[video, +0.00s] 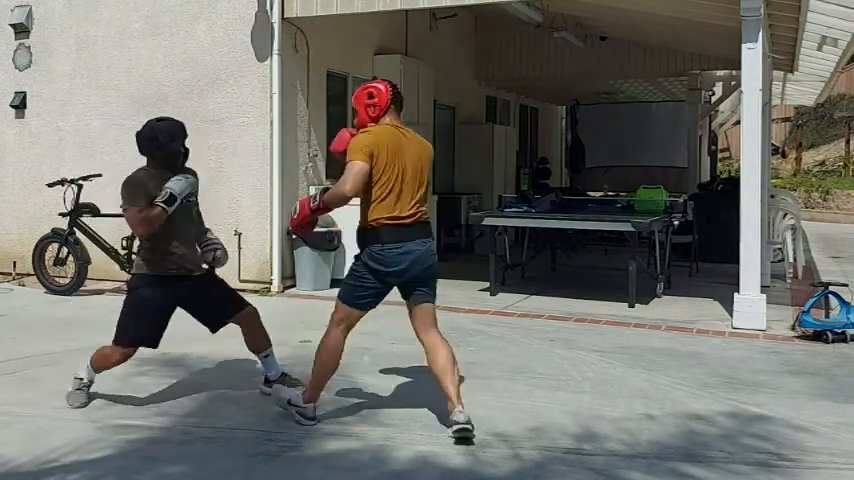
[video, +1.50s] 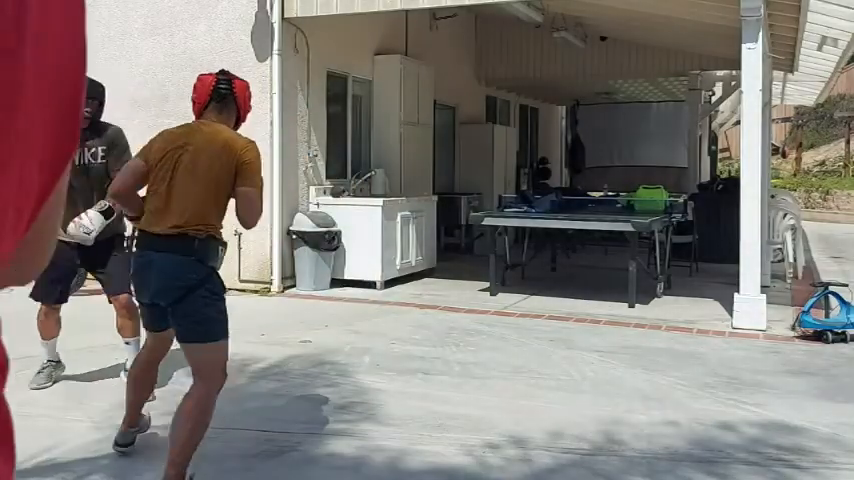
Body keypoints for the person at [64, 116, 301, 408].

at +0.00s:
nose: (186, 149)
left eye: (184, 143)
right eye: (179, 144)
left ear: (174, 148)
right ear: (160, 148)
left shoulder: (188, 178)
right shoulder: (136, 183)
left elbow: (195, 223)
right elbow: (142, 227)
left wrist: (211, 242)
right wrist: (169, 199)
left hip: (194, 276)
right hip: (153, 279)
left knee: (248, 316)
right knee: (122, 350)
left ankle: (274, 375)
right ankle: (84, 376)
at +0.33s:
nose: (170, 123)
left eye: (171, 117)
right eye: (164, 118)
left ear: (168, 117)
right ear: (144, 119)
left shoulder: (172, 144)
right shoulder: (115, 152)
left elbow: (188, 182)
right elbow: (121, 204)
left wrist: (200, 196)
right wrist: (147, 170)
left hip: (164, 245)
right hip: (123, 245)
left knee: (199, 303)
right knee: (104, 319)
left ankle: (200, 379)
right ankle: (80, 379)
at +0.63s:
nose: (188, 125)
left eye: (189, 119)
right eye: (182, 118)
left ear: (187, 122)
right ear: (161, 118)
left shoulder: (186, 154)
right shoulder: (129, 146)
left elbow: (199, 200)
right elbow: (138, 194)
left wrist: (213, 178)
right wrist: (160, 160)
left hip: (164, 246)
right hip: (123, 243)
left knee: (196, 305)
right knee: (101, 315)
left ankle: (200, 381)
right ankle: (80, 380)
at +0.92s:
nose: (170, 126)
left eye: (171, 121)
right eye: (164, 120)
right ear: (148, 118)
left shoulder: (164, 152)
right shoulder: (120, 148)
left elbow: (173, 199)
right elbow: (169, 161)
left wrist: (182, 213)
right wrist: (163, 126)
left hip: (163, 251)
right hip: (120, 250)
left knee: (198, 308)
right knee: (98, 327)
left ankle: (204, 377)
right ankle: (80, 378)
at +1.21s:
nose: (126, 118)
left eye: (130, 112)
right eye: (119, 111)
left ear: (136, 113)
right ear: (105, 112)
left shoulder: (138, 142)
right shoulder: (84, 140)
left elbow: (141, 187)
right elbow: (129, 169)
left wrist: (131, 212)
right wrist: (119, 134)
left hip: (129, 236)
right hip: (87, 236)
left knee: (160, 304)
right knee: (85, 315)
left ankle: (177, 374)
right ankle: (74, 377)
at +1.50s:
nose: (88, 109)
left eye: (94, 104)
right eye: (84, 102)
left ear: (101, 106)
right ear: (71, 104)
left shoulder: (111, 136)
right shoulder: (54, 135)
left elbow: (124, 184)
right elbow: (41, 184)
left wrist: (101, 213)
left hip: (106, 235)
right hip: (61, 236)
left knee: (124, 301)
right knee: (49, 304)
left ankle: (133, 362)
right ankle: (51, 361)